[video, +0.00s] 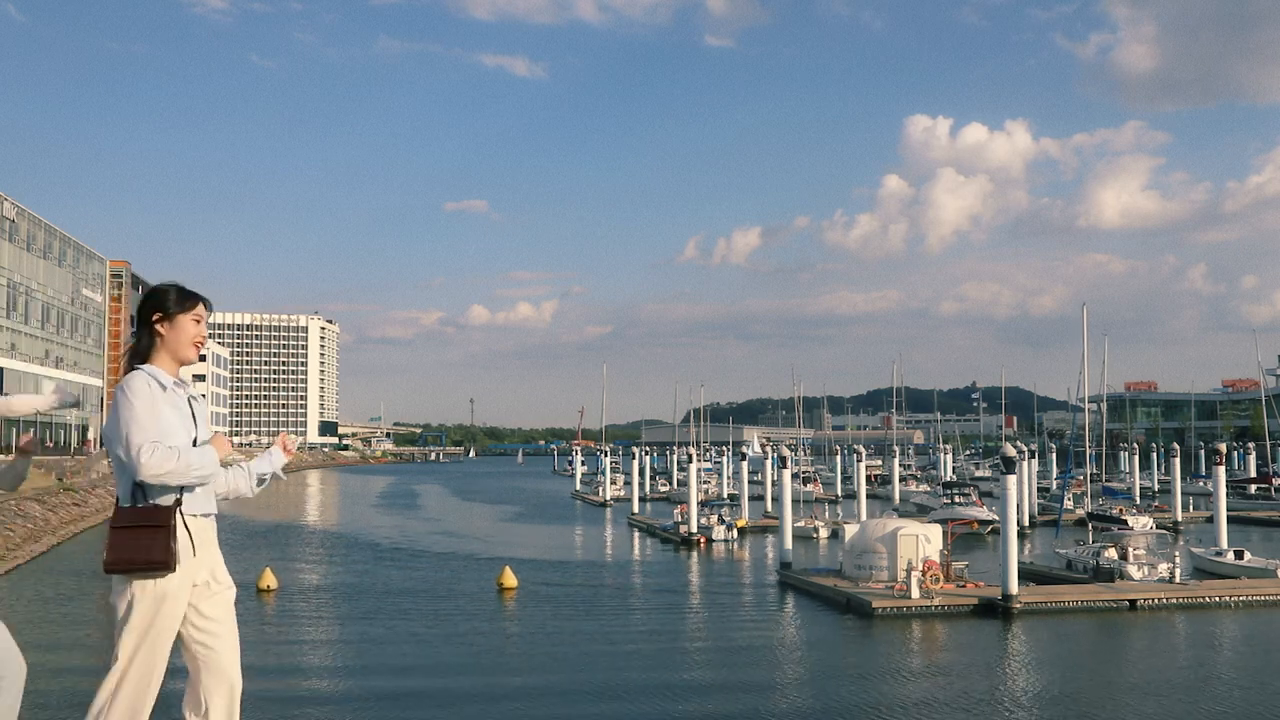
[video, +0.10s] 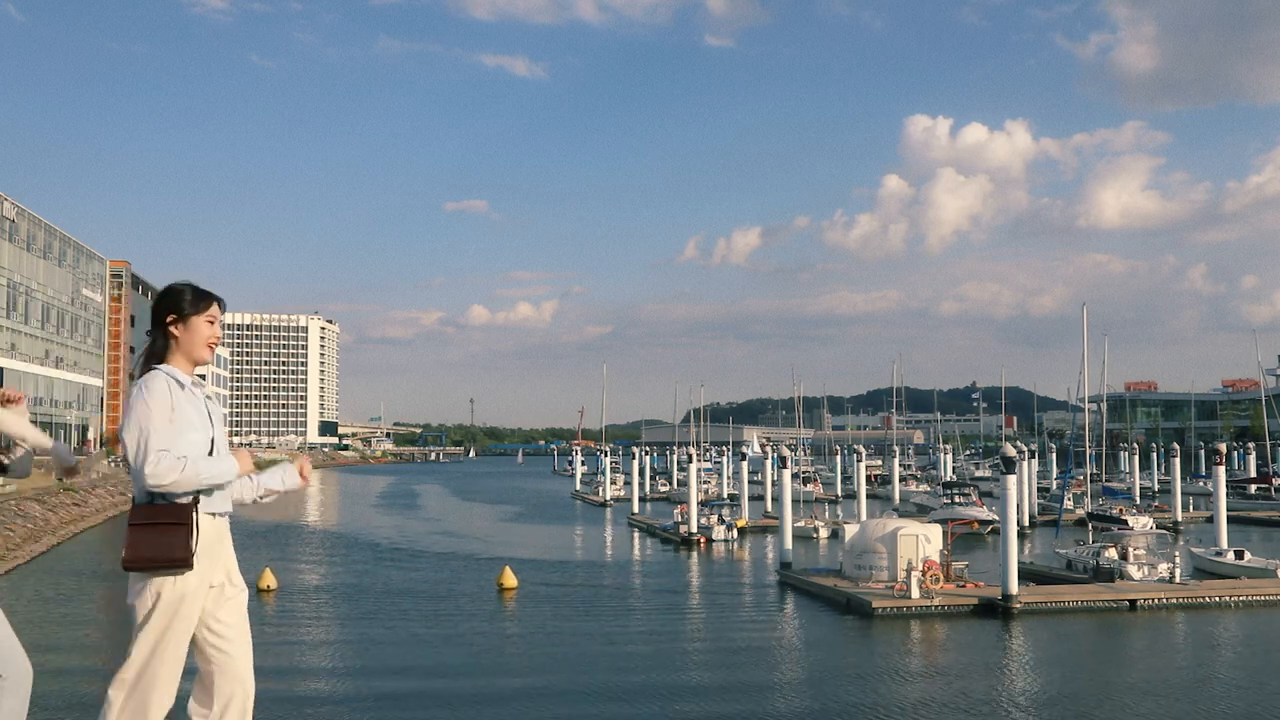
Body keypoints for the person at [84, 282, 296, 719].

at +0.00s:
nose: (204, 334)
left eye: (205, 325)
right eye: (196, 322)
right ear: (161, 325)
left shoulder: (190, 397)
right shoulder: (136, 387)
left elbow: (210, 482)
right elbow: (148, 463)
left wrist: (269, 461)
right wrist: (210, 454)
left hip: (203, 537)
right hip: (157, 537)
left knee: (220, 680)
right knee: (134, 682)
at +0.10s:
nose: (218, 335)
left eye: (219, 325)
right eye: (209, 323)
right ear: (175, 326)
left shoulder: (207, 398)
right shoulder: (154, 388)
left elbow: (221, 490)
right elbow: (157, 472)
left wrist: (285, 477)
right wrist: (231, 464)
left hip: (216, 537)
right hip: (173, 536)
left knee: (231, 682)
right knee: (148, 681)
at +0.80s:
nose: (294, 349)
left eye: (294, 339)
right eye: (281, 342)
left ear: (296, 340)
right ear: (248, 352)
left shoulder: (282, 405)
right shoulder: (244, 406)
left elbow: (275, 486)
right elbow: (226, 492)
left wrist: (308, 504)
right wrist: (299, 477)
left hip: (285, 555)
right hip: (258, 561)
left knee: (277, 695)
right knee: (333, 685)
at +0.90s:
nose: (303, 338)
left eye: (304, 328)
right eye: (291, 330)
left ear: (306, 332)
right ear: (258, 339)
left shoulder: (295, 395)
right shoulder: (250, 393)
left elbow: (300, 472)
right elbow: (239, 477)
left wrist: (328, 493)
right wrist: (313, 450)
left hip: (299, 545)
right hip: (267, 548)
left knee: (279, 685)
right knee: (327, 681)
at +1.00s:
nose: (313, 336)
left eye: (315, 325)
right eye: (301, 326)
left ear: (316, 329)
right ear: (268, 335)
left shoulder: (305, 392)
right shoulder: (257, 391)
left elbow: (312, 468)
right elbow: (246, 478)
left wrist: (340, 488)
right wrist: (321, 450)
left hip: (310, 543)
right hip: (277, 546)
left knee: (280, 683)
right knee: (332, 685)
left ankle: (246, 713)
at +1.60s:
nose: (395, 324)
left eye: (394, 314)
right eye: (386, 312)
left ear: (359, 323)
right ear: (354, 320)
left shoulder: (368, 385)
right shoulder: (338, 383)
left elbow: (375, 472)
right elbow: (364, 468)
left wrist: (406, 467)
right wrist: (417, 438)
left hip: (385, 539)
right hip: (353, 541)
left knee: (427, 688)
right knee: (357, 693)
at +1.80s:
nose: (417, 333)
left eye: (417, 323)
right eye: (408, 321)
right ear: (377, 327)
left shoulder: (392, 396)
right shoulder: (361, 391)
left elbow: (414, 489)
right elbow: (391, 477)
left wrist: (453, 468)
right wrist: (440, 472)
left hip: (412, 545)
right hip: (378, 550)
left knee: (446, 693)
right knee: (383, 698)